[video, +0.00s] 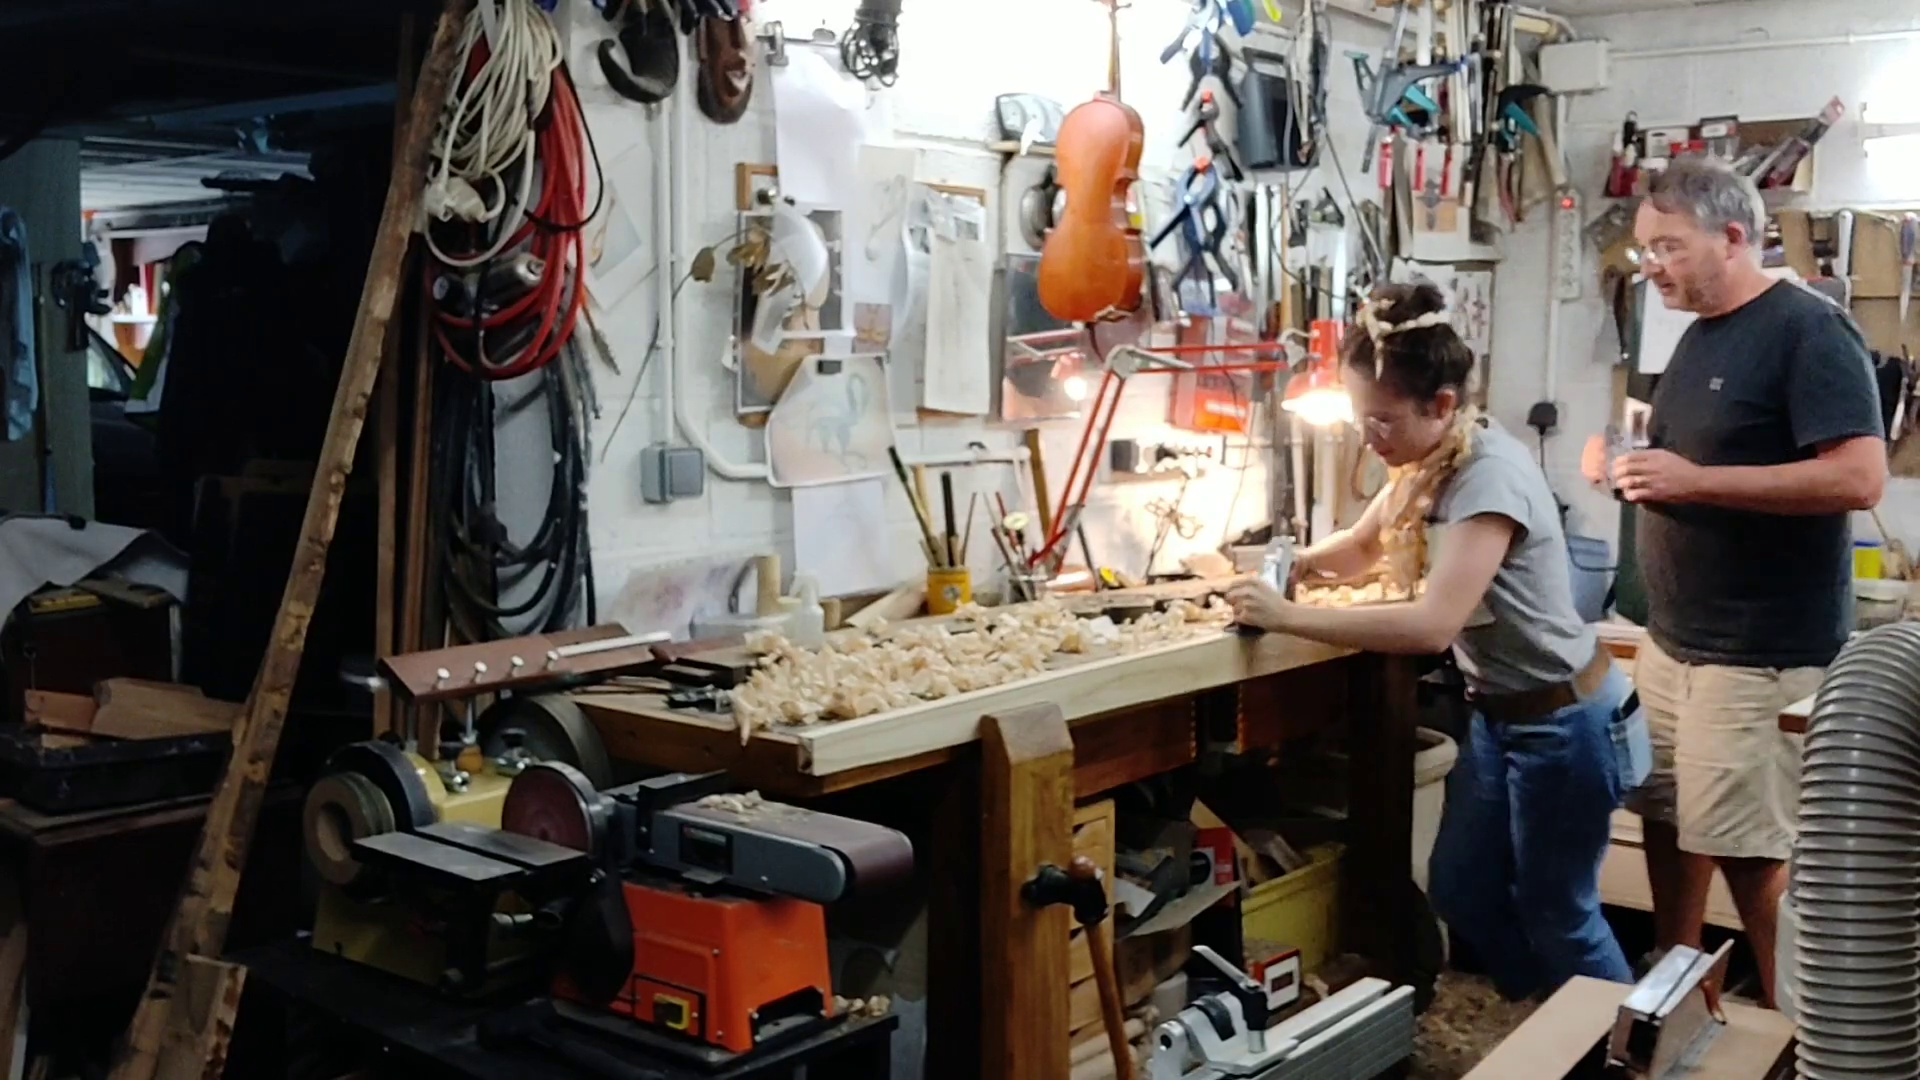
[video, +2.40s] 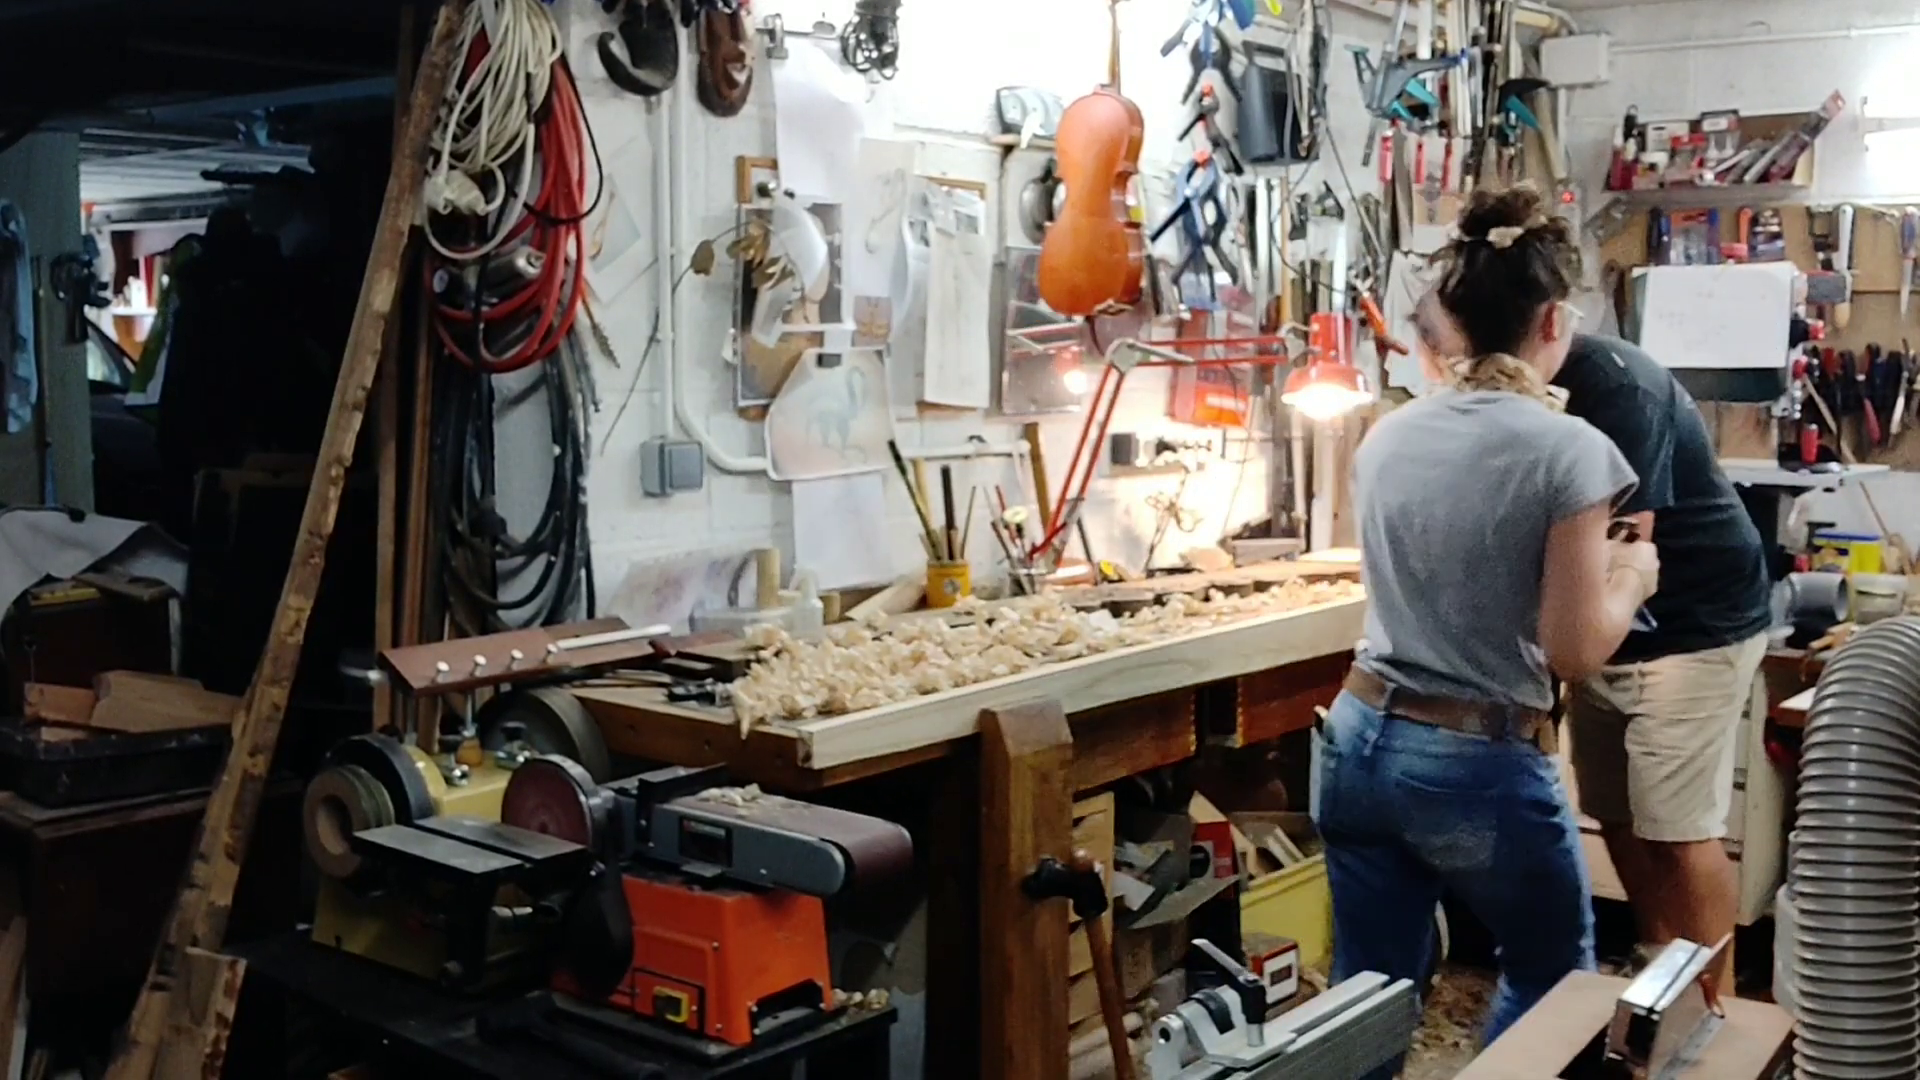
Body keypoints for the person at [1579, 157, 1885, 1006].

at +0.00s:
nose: (1653, 268)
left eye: (1666, 249)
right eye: (1647, 252)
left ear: (1733, 237)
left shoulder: (1812, 326)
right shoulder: (1700, 335)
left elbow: (1861, 476)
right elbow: (1697, 457)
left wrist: (1694, 480)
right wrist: (1630, 460)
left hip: (1762, 650)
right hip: (1674, 632)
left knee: (1754, 845)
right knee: (1673, 820)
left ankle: (1783, 1010)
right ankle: (1677, 982)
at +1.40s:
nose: (1587, 281)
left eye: (1600, 259)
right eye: (1578, 265)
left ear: (1661, 242)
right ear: (1577, 260)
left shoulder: (1736, 325)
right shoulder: (1604, 339)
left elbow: (1725, 477)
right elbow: (1583, 457)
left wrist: (1579, 509)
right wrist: (1547, 491)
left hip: (1727, 631)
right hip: (1625, 623)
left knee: (1742, 822)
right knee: (1649, 805)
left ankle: (1755, 1001)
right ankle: (1673, 968)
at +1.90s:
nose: (1497, 359)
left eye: (1504, 338)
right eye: (1488, 345)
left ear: (1561, 308)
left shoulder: (1650, 369)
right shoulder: (1545, 391)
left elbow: (1664, 529)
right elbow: (1562, 504)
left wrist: (1546, 552)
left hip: (1707, 629)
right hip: (1607, 631)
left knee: (1697, 815)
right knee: (1612, 808)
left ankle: (1756, 999)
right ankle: (1663, 967)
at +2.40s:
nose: (1478, 367)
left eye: (1502, 347)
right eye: (1468, 349)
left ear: (1551, 324)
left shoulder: (1620, 389)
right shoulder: (1500, 390)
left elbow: (1628, 555)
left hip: (1700, 623)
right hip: (1596, 628)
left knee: (1676, 830)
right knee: (1621, 825)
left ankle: (1713, 1014)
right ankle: (1666, 995)